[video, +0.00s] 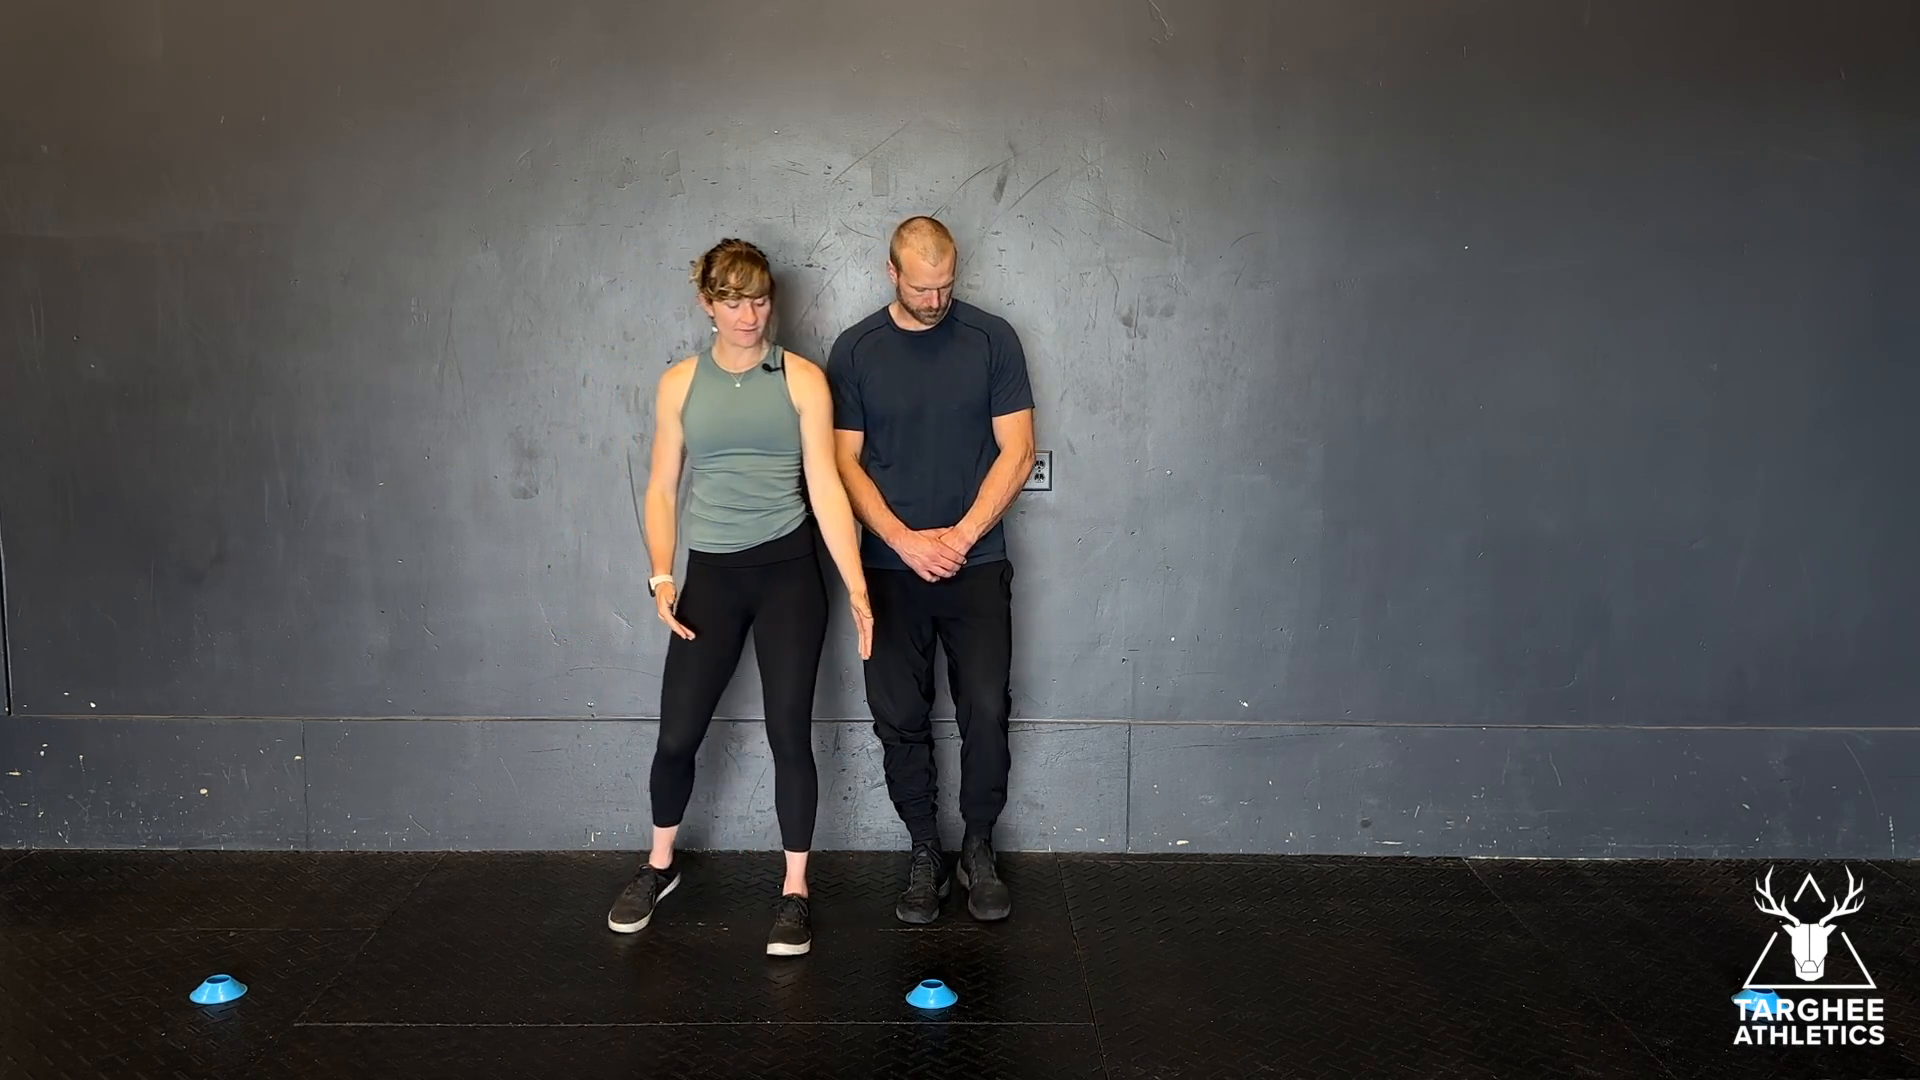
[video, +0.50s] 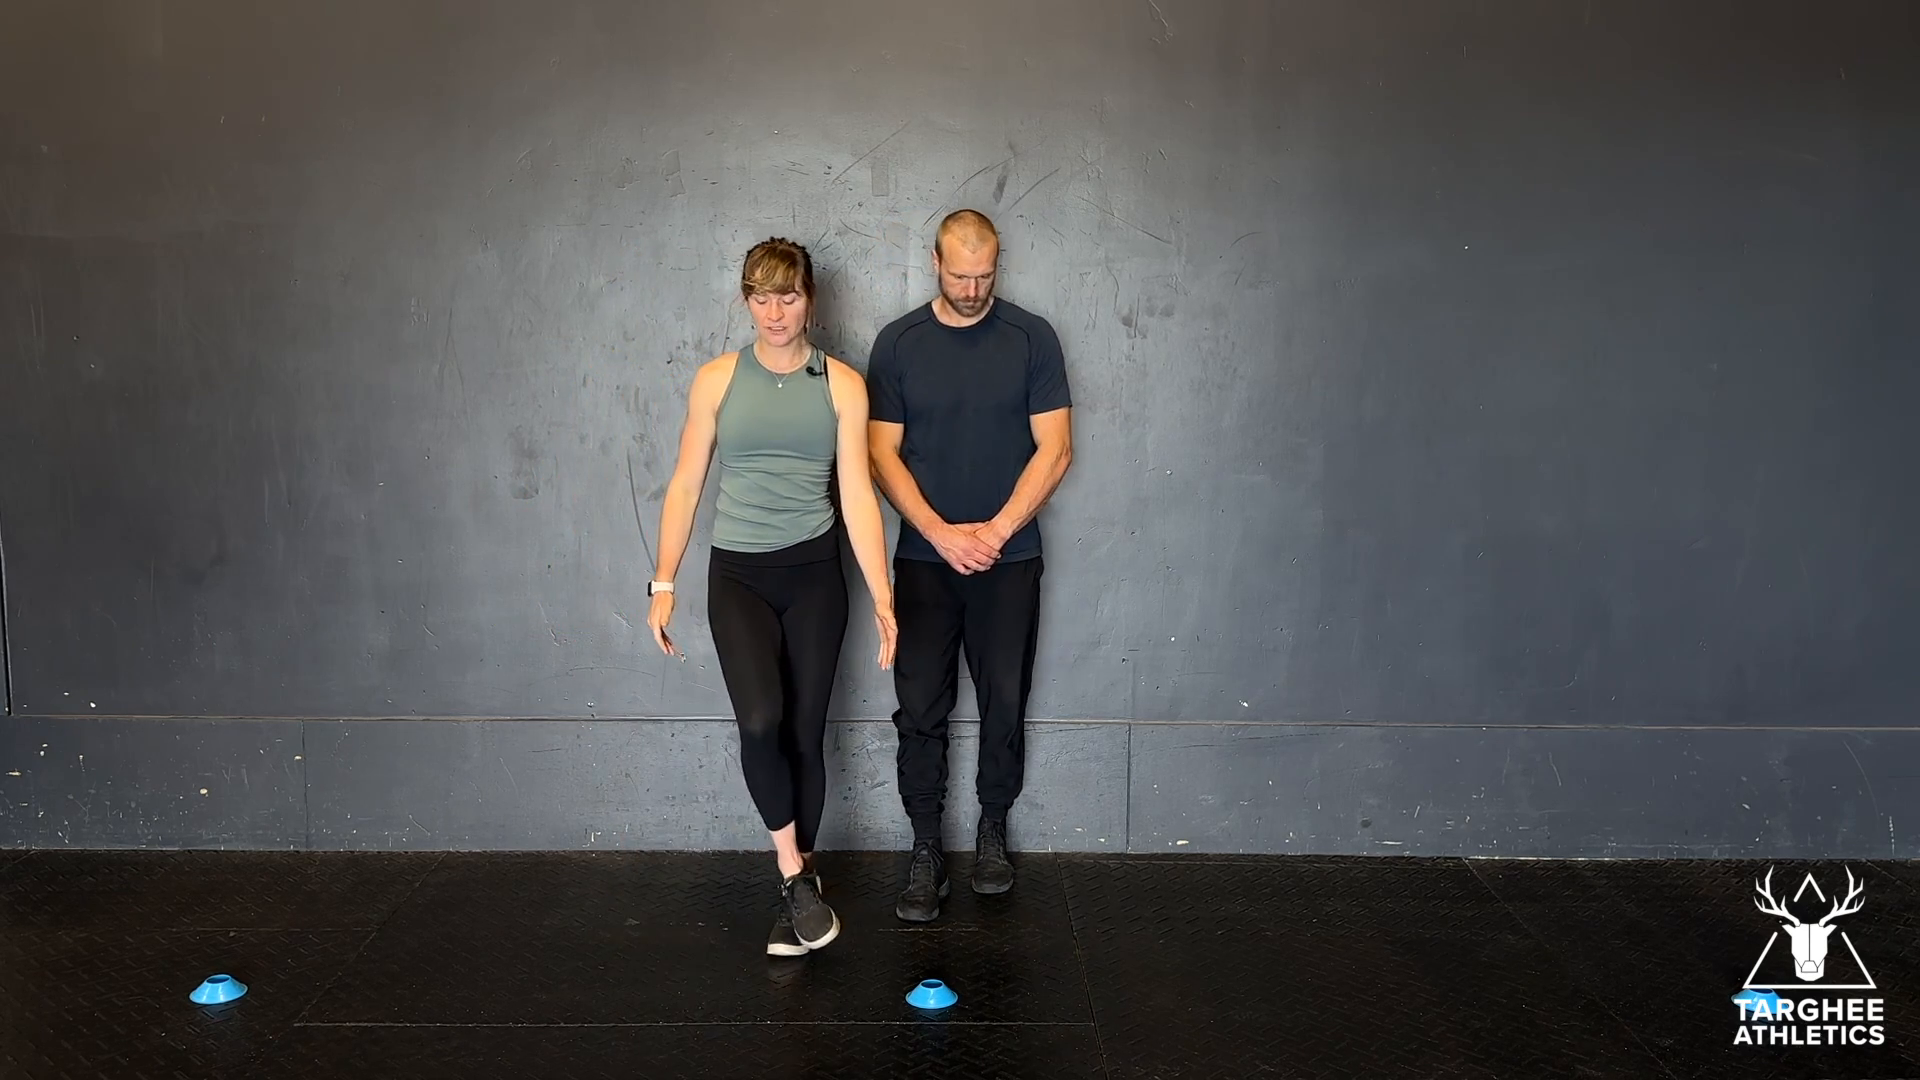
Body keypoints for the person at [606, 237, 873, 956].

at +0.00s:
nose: (747, 313)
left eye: (757, 299)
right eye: (732, 301)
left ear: (771, 302)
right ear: (708, 305)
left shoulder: (803, 380)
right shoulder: (680, 383)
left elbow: (826, 489)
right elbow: (663, 487)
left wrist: (856, 587)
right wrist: (662, 573)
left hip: (791, 570)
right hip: (710, 572)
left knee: (788, 733)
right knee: (675, 739)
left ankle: (795, 889)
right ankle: (660, 861)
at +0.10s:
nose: (760, 314)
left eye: (770, 300)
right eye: (745, 301)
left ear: (784, 303)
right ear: (722, 305)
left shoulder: (816, 381)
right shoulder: (693, 383)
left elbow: (838, 491)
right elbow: (678, 487)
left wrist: (867, 591)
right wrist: (672, 575)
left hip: (803, 572)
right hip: (723, 574)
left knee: (795, 735)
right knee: (689, 741)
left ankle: (795, 890)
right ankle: (683, 858)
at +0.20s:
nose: (770, 312)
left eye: (779, 298)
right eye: (754, 300)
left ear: (794, 300)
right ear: (731, 305)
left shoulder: (826, 381)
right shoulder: (701, 384)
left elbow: (846, 490)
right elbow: (685, 489)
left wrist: (875, 592)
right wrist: (676, 581)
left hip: (810, 574)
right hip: (730, 577)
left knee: (801, 733)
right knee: (709, 739)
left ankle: (796, 887)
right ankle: (722, 844)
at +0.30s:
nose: (773, 311)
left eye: (785, 297)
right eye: (759, 298)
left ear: (800, 300)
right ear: (738, 304)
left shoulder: (833, 381)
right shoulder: (707, 383)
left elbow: (852, 494)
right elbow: (685, 488)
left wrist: (881, 595)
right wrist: (673, 587)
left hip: (815, 574)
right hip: (735, 577)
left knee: (803, 731)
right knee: (735, 730)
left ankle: (796, 889)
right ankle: (764, 853)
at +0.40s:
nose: (776, 308)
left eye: (788, 295)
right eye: (762, 296)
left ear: (805, 301)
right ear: (744, 303)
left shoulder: (839, 383)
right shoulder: (712, 381)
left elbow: (856, 497)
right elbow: (685, 488)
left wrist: (882, 595)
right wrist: (668, 585)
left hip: (818, 573)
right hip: (737, 575)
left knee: (803, 732)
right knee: (758, 724)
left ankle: (792, 885)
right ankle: (794, 872)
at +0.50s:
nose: (775, 308)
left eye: (788, 294)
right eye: (762, 295)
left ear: (808, 301)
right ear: (747, 303)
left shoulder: (843, 385)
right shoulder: (716, 379)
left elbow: (858, 496)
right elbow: (685, 484)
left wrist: (882, 597)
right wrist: (664, 578)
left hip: (819, 573)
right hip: (738, 574)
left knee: (803, 733)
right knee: (761, 722)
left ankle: (794, 880)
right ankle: (796, 877)